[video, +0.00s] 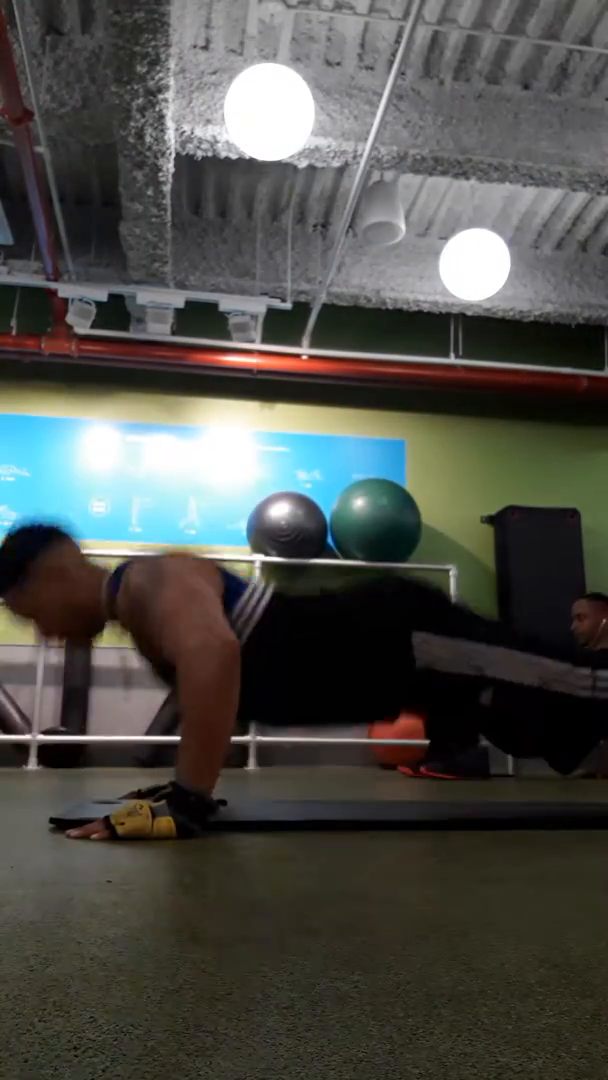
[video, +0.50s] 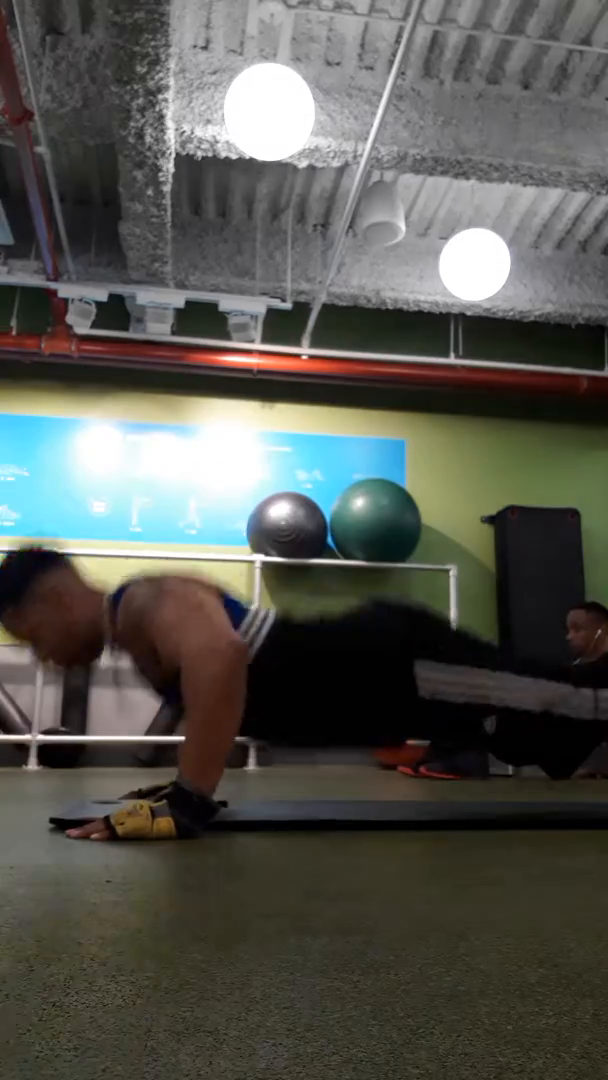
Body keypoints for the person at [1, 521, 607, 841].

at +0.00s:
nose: (41, 631)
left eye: (32, 609)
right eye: (28, 620)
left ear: (61, 568)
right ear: (62, 573)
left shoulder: (153, 580)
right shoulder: (144, 600)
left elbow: (215, 659)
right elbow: (213, 683)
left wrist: (186, 796)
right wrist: (180, 792)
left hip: (403, 639)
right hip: (391, 659)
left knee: (581, 698)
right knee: (553, 723)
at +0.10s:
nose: (54, 568)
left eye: (46, 550)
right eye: (41, 558)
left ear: (75, 511)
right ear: (78, 517)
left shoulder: (164, 530)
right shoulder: (156, 548)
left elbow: (201, 658)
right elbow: (203, 666)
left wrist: (187, 796)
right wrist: (186, 793)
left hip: (417, 607)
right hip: (406, 636)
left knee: (589, 679)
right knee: (551, 733)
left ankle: (588, 626)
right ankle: (580, 633)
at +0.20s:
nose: (71, 542)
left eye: (60, 523)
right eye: (58, 531)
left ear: (85, 480)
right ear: (90, 481)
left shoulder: (169, 503)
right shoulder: (165, 515)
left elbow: (184, 648)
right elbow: (186, 651)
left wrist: (181, 794)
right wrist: (179, 789)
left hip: (415, 591)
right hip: (407, 614)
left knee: (589, 664)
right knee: (550, 732)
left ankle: (590, 615)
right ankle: (582, 623)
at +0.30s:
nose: (63, 549)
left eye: (55, 530)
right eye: (52, 538)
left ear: (82, 492)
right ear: (83, 498)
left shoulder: (167, 513)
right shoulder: (160, 530)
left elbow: (194, 647)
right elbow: (190, 653)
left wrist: (184, 795)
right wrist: (181, 789)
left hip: (416, 599)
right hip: (407, 620)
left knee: (591, 670)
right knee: (556, 732)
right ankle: (577, 627)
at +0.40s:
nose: (54, 594)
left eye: (44, 574)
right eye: (40, 583)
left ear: (69, 534)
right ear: (72, 536)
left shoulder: (164, 551)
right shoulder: (154, 570)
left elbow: (212, 659)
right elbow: (210, 675)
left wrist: (188, 799)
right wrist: (183, 795)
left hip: (411, 626)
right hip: (399, 651)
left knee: (586, 694)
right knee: (557, 736)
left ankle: (589, 635)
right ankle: (583, 641)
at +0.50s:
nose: (41, 653)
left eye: (33, 631)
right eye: (28, 642)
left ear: (60, 591)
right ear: (60, 596)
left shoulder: (147, 601)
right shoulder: (141, 628)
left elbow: (220, 658)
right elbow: (222, 695)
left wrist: (188, 800)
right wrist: (183, 791)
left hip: (391, 666)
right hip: (382, 689)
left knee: (572, 710)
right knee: (553, 739)